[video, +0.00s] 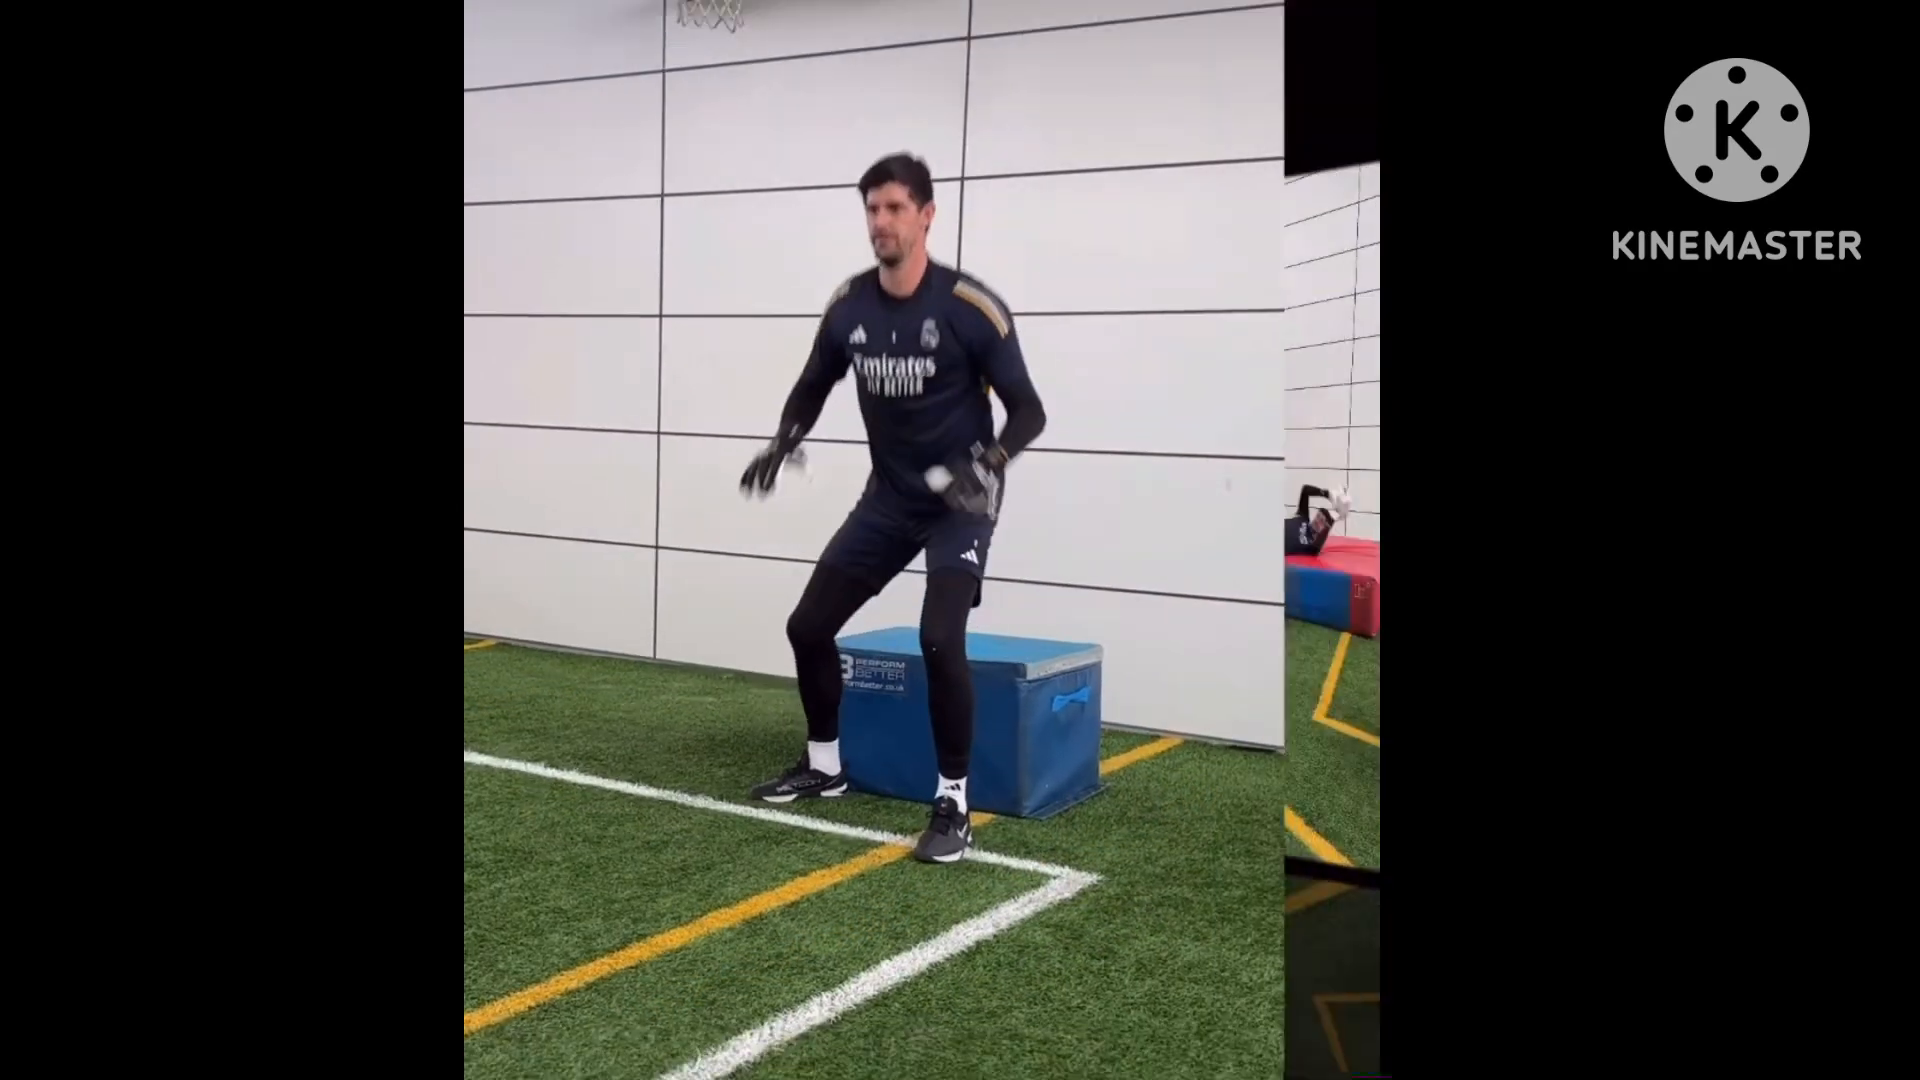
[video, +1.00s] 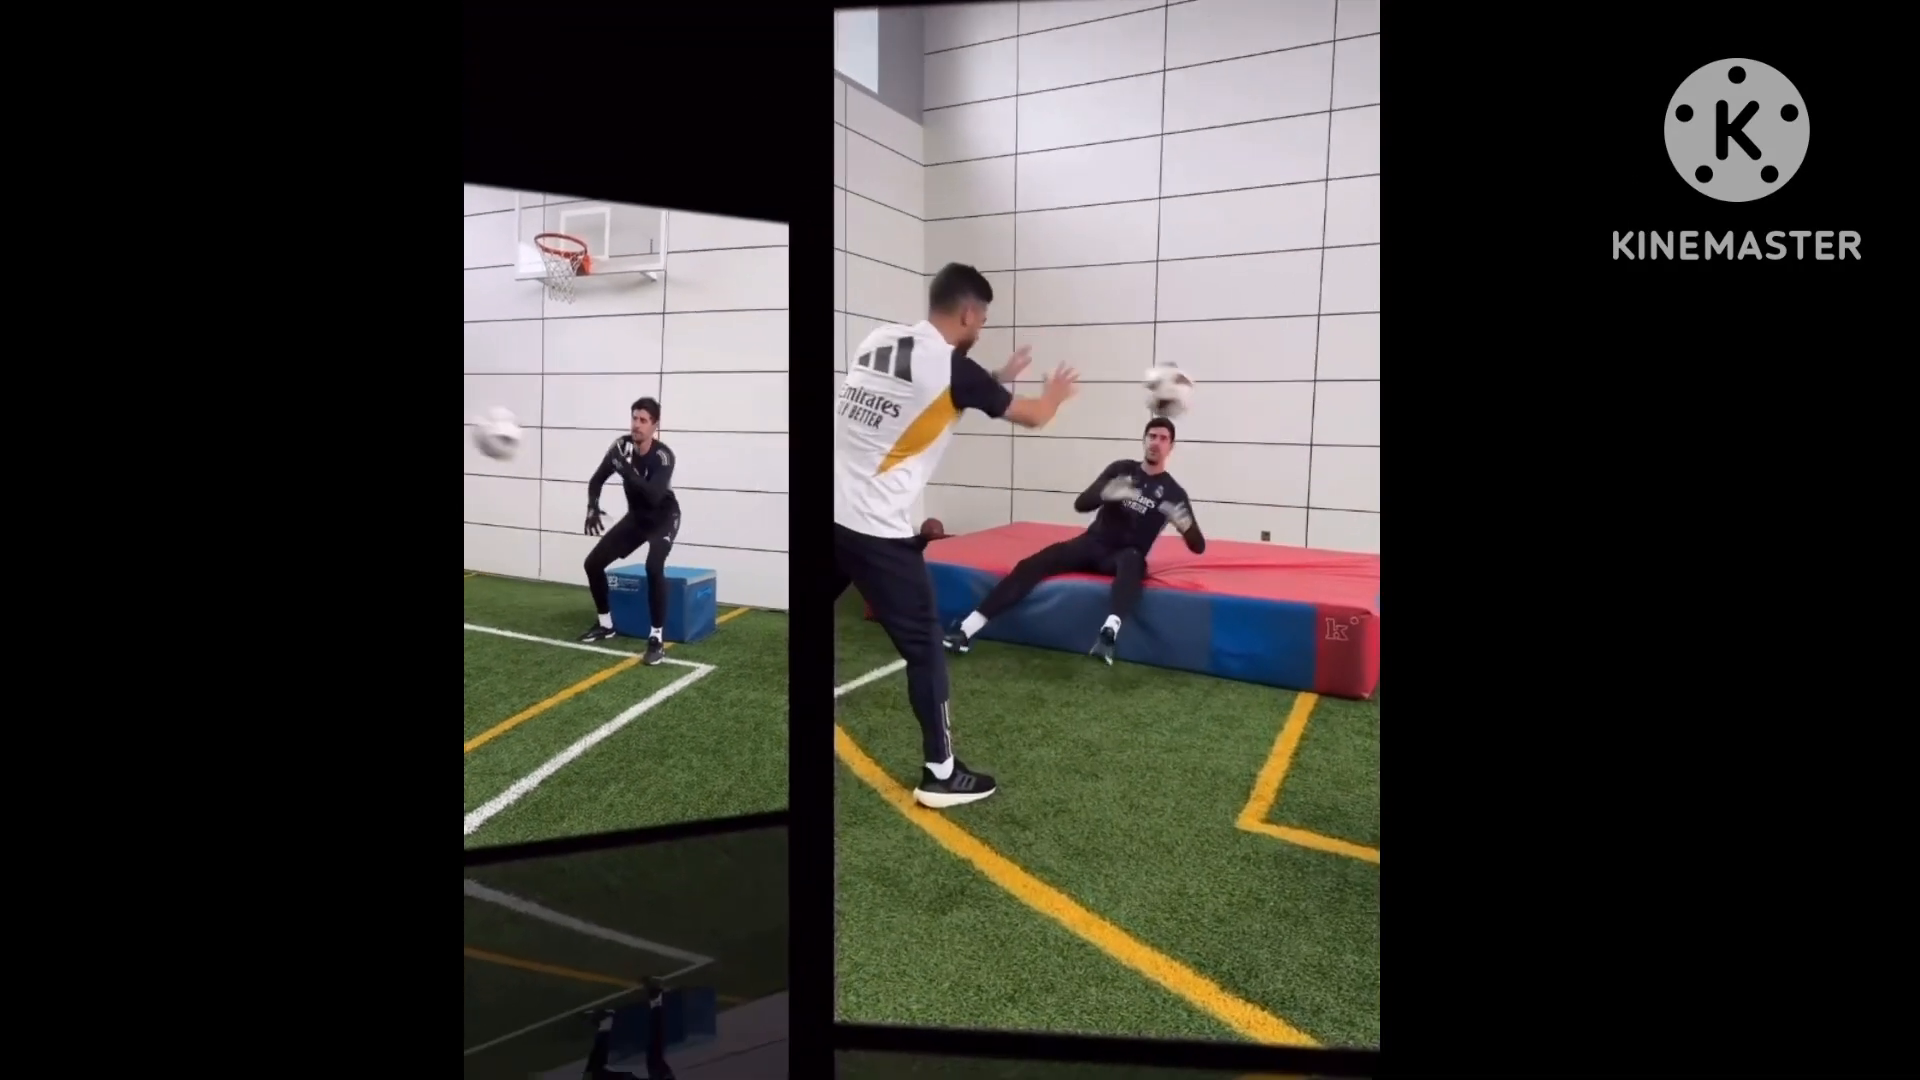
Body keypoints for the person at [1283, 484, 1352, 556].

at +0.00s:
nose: (1318, 522)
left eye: (1322, 522)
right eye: (1318, 517)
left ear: (1325, 529)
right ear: (1315, 515)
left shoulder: (1311, 547)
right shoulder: (1302, 518)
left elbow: (1315, 549)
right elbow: (1306, 490)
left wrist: (1332, 521)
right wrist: (1328, 494)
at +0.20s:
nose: (1323, 526)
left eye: (1328, 528)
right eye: (1325, 521)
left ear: (1331, 534)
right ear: (1320, 516)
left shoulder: (1310, 545)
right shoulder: (1303, 518)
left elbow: (1304, 550)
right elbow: (1303, 490)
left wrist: (1324, 533)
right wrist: (1324, 504)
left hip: (1266, 543)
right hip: (1264, 520)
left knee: (1251, 554)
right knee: (1225, 511)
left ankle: (1223, 557)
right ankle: (1180, 516)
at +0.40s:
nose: (1303, 519)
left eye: (1308, 520)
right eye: (1303, 515)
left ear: (1311, 528)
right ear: (1299, 513)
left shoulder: (1294, 547)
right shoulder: (1284, 513)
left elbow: (1293, 558)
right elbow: (1268, 498)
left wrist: (1285, 537)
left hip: (1248, 546)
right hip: (1243, 526)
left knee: (1235, 555)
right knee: (1199, 518)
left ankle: (1205, 575)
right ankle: (1149, 531)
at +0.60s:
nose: (1258, 485)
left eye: (1264, 482)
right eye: (1257, 480)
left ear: (1272, 487)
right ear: (1253, 481)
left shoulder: (1269, 524)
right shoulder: (1237, 496)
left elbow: (1268, 563)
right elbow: (1207, 499)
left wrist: (1257, 549)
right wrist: (1184, 494)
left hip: (1217, 554)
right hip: (1200, 536)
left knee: (1207, 566)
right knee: (1158, 539)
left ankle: (1177, 606)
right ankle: (1103, 567)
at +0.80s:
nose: (1196, 449)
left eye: (1203, 445)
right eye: (1194, 443)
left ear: (1213, 450)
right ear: (1189, 447)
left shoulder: (1218, 491)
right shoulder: (1174, 478)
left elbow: (1231, 546)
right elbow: (1153, 514)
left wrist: (1205, 553)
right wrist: (1135, 528)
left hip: (1181, 548)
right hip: (1154, 541)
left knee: (1173, 562)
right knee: (1102, 543)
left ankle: (1144, 624)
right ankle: (1045, 597)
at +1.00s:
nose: (1156, 442)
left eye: (1163, 438)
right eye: (1152, 437)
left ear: (1171, 447)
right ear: (1144, 441)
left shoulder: (1173, 493)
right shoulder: (1121, 470)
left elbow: (1198, 547)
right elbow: (1081, 504)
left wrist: (1185, 524)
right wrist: (1105, 494)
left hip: (1125, 555)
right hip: (1091, 546)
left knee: (1133, 561)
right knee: (1032, 566)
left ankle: (1109, 634)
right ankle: (965, 631)